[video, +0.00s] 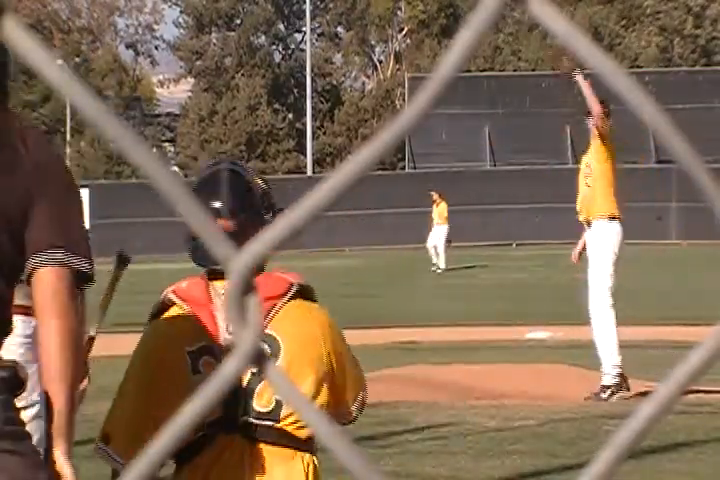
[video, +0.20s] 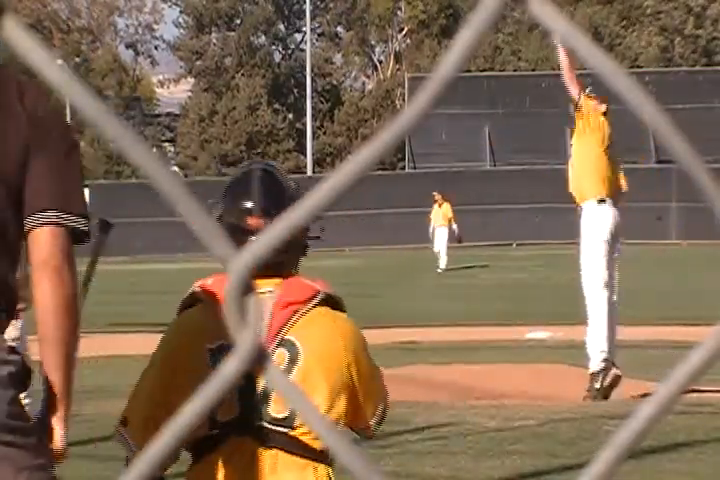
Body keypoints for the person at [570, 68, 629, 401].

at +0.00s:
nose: (592, 121)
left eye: (597, 118)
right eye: (593, 117)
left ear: (602, 123)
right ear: (592, 124)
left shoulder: (600, 148)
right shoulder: (590, 158)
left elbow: (598, 112)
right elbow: (591, 206)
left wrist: (581, 80)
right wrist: (582, 240)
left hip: (605, 226)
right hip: (596, 228)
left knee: (600, 299)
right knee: (597, 299)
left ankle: (612, 373)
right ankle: (610, 372)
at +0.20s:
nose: (580, 105)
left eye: (585, 101)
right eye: (583, 101)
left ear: (595, 106)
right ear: (599, 110)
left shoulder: (593, 119)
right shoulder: (598, 135)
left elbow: (571, 82)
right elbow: (620, 185)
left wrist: (561, 49)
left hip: (596, 209)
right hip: (606, 210)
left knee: (594, 283)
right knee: (604, 284)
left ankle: (600, 360)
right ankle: (605, 359)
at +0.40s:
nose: (573, 119)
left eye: (577, 115)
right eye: (574, 115)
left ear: (590, 118)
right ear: (602, 121)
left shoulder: (584, 133)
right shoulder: (615, 152)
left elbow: (561, 110)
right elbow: (630, 199)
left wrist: (547, 91)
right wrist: (609, 221)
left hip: (588, 223)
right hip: (610, 225)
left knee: (592, 296)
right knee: (608, 296)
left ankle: (603, 370)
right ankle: (609, 366)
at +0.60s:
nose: (579, 132)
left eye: (580, 129)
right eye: (581, 129)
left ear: (584, 128)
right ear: (599, 129)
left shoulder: (572, 145)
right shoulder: (616, 154)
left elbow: (547, 160)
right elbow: (624, 202)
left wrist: (539, 171)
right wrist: (617, 236)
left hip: (582, 225)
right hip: (609, 227)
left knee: (572, 298)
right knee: (606, 300)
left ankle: (591, 364)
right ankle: (610, 365)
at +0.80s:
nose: (566, 143)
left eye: (566, 139)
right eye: (568, 139)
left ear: (566, 139)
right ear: (585, 136)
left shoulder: (557, 164)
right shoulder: (604, 161)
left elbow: (554, 213)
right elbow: (623, 198)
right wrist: (617, 239)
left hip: (570, 233)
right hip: (600, 232)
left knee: (568, 307)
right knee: (605, 305)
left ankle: (561, 375)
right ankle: (609, 367)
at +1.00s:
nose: (551, 152)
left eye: (552, 147)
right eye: (553, 147)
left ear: (556, 146)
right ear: (571, 142)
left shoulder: (549, 170)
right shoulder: (595, 165)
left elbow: (541, 222)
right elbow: (608, 209)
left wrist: (552, 218)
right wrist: (608, 250)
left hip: (560, 239)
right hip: (590, 239)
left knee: (557, 311)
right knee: (591, 310)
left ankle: (562, 376)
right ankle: (600, 355)